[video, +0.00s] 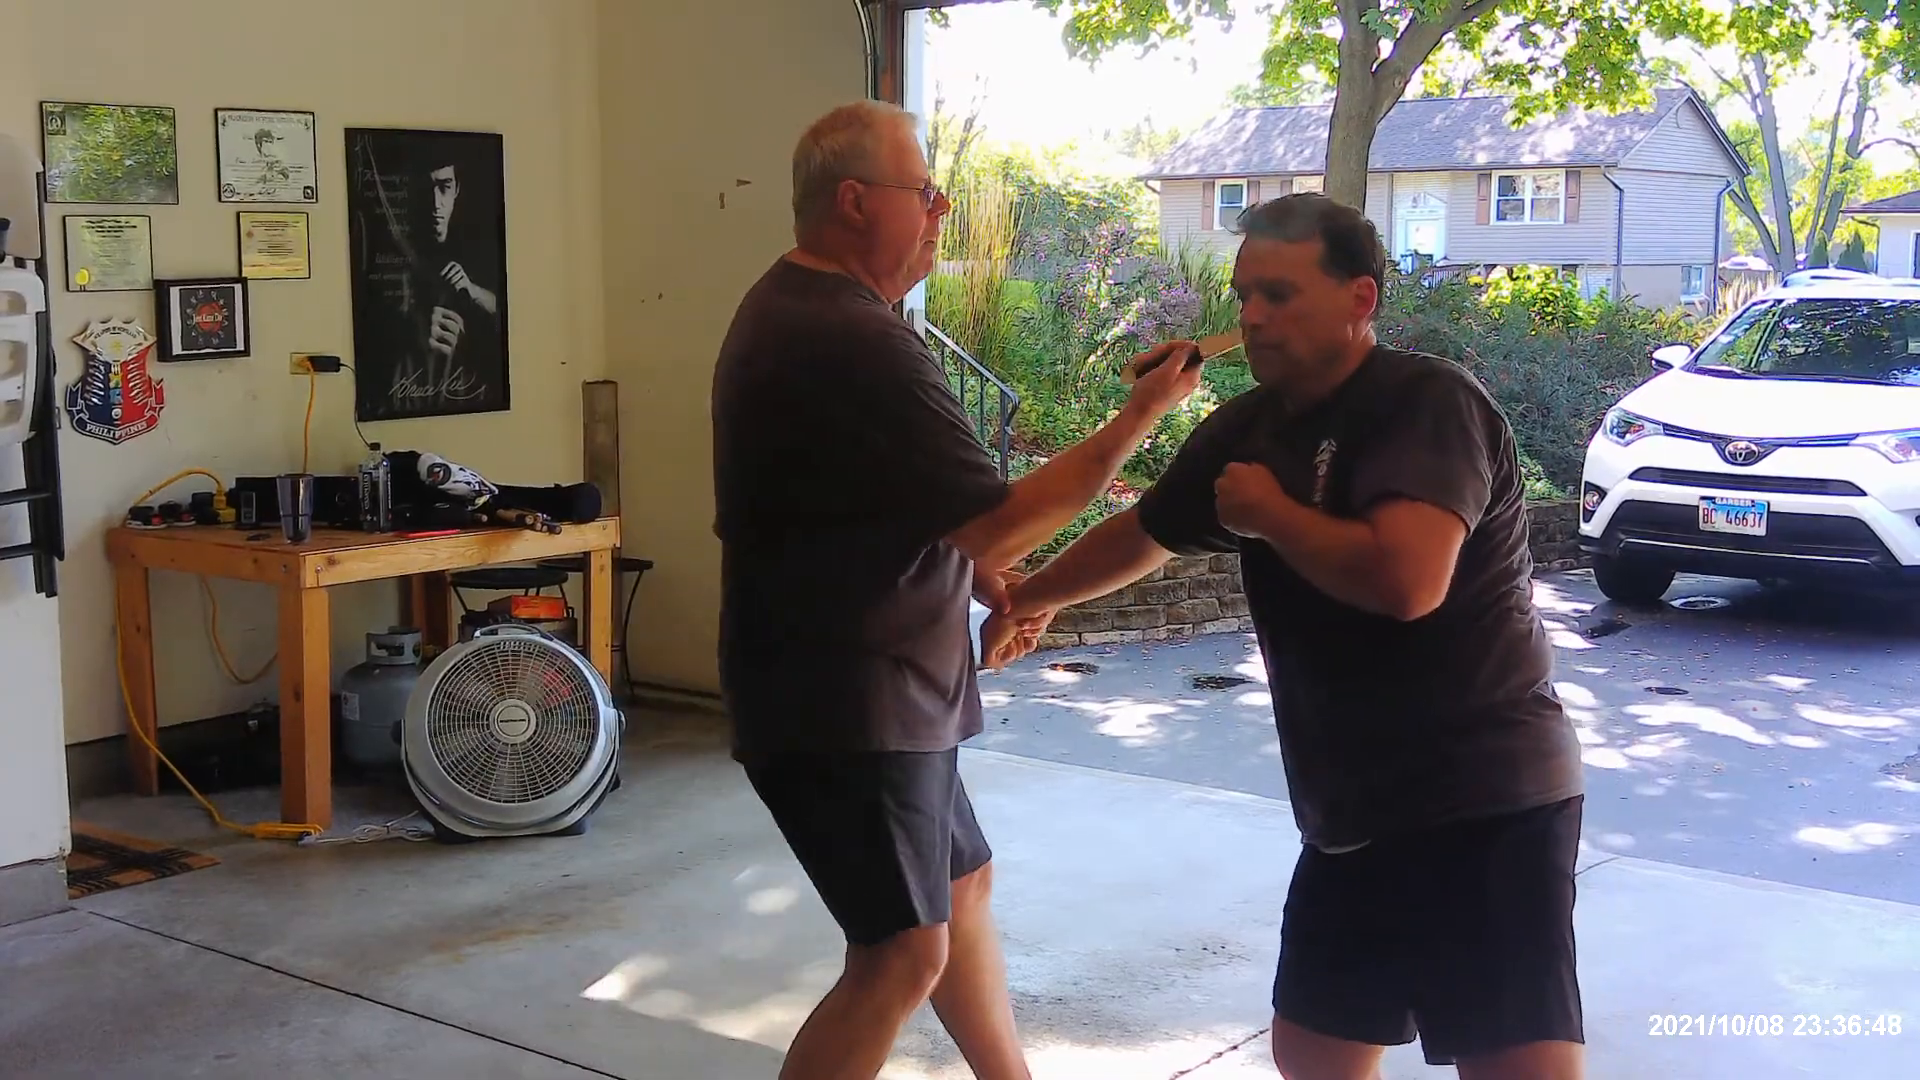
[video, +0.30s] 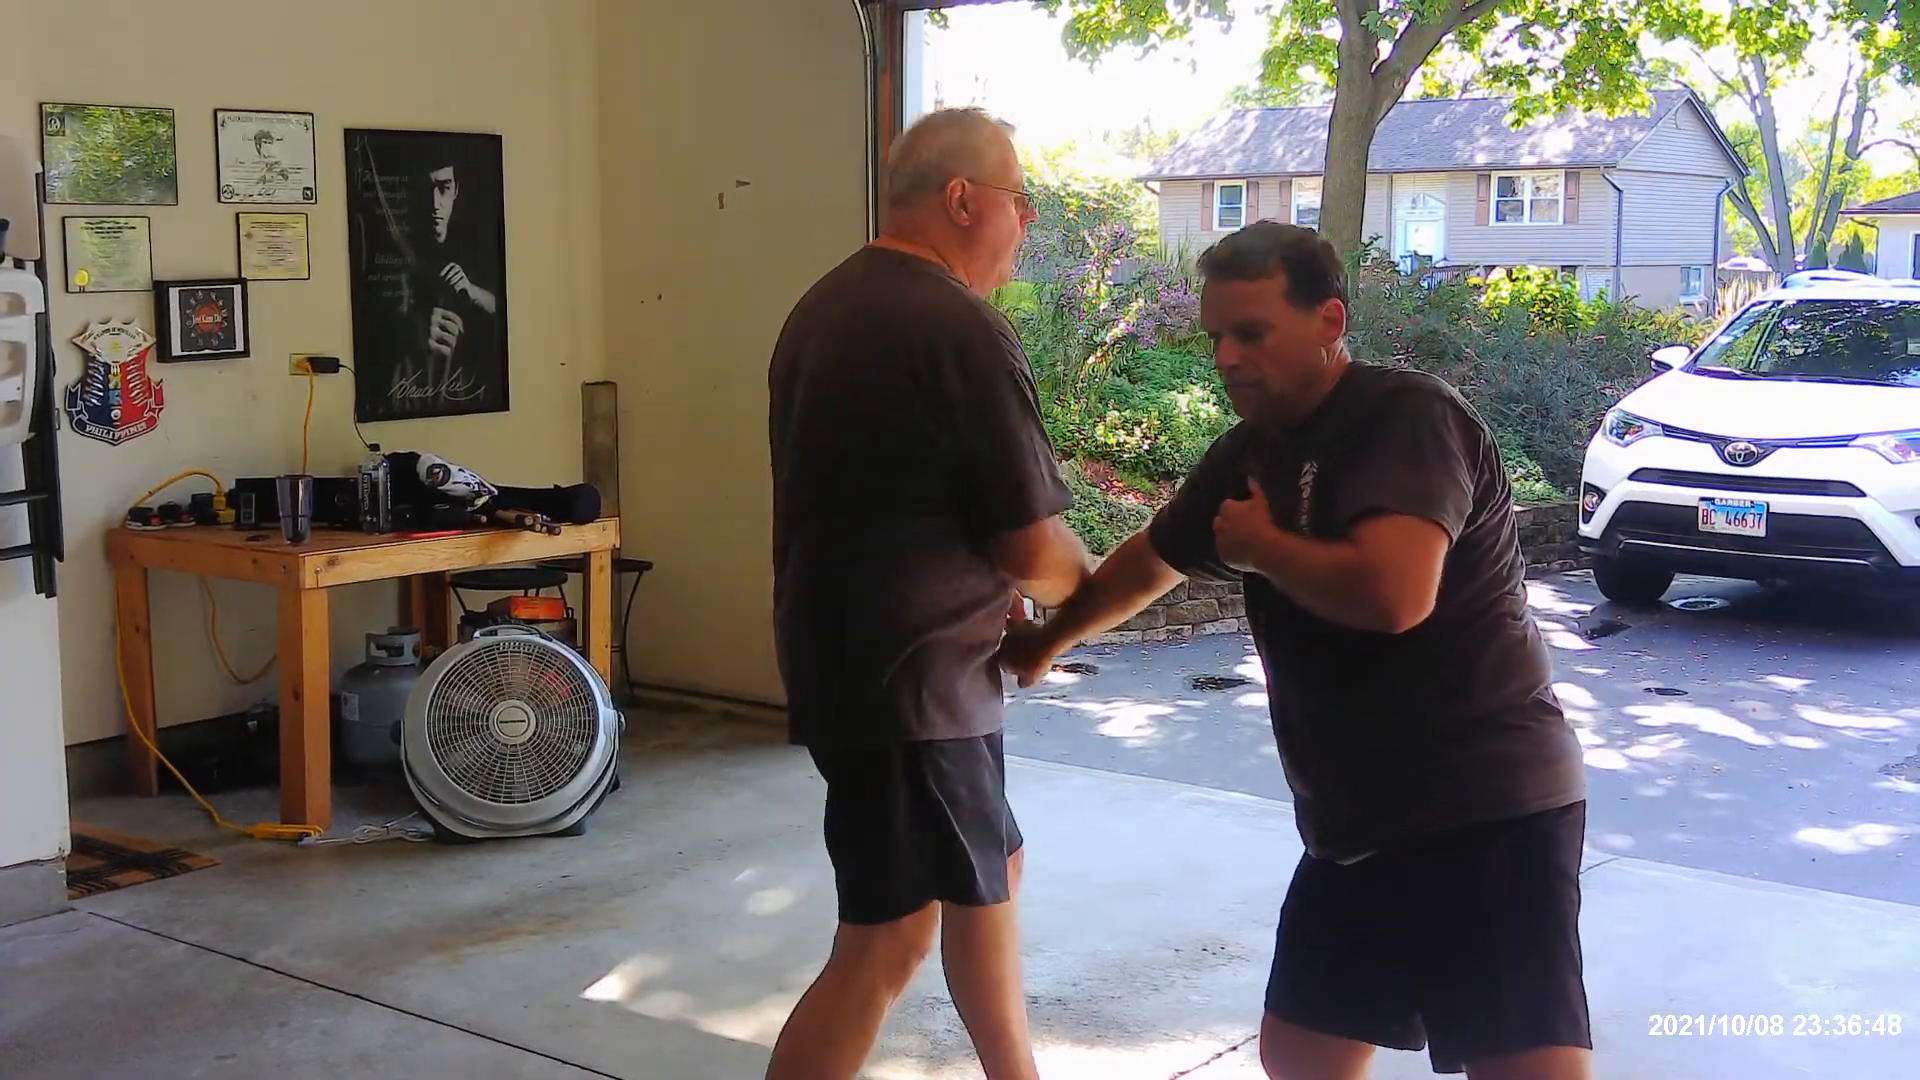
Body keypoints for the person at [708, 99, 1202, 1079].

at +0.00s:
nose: (938, 210)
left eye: (934, 191)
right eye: (922, 191)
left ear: (849, 207)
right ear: (855, 204)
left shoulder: (796, 307)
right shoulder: (856, 339)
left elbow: (864, 506)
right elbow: (986, 527)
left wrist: (976, 566)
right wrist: (1133, 423)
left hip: (878, 684)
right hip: (840, 708)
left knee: (963, 883)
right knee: (904, 952)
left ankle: (1009, 1073)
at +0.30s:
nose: (1024, 220)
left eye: (1024, 199)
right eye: (1016, 198)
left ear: (913, 201)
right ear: (961, 202)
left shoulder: (822, 308)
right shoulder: (954, 325)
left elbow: (839, 511)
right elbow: (1033, 546)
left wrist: (991, 596)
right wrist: (1082, 582)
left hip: (834, 654)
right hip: (910, 676)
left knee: (988, 866)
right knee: (888, 937)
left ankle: (1015, 1072)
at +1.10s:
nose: (1142, 270)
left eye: (1148, 249)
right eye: (1142, 245)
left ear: (1068, 222)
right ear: (1091, 225)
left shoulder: (955, 290)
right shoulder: (1047, 335)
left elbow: (951, 505)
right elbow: (1061, 573)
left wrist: (1089, 558)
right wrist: (1086, 734)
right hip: (920, 656)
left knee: (1006, 847)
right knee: (897, 913)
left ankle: (1020, 1071)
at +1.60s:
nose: (1034, 210)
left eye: (1040, 193)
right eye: (1017, 190)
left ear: (1026, 200)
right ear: (948, 188)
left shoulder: (988, 313)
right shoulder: (904, 310)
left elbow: (1024, 497)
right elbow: (950, 513)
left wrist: (1056, 638)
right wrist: (1066, 641)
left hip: (958, 652)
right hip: (862, 658)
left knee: (997, 843)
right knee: (860, 867)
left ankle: (1020, 1073)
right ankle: (782, 1066)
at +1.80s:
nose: (933, 193)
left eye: (943, 175)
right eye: (908, 175)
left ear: (950, 185)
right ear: (850, 185)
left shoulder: (937, 300)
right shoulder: (812, 313)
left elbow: (988, 467)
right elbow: (827, 518)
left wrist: (1049, 614)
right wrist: (916, 675)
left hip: (926, 642)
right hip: (821, 651)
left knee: (961, 839)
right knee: (824, 852)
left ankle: (1000, 1068)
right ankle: (781, 1064)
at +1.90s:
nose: (896, 183)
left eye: (906, 165)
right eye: (871, 166)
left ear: (918, 177)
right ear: (818, 181)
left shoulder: (919, 295)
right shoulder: (778, 313)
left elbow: (966, 458)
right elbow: (759, 517)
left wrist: (1023, 605)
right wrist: (801, 689)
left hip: (914, 648)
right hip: (812, 662)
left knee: (951, 838)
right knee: (813, 851)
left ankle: (990, 1069)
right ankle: (781, 1064)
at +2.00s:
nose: (875, 182)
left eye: (885, 162)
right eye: (848, 166)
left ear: (899, 174)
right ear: (797, 183)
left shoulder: (903, 291)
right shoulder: (754, 311)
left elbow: (950, 456)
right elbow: (707, 509)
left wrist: (982, 604)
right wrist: (697, 692)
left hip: (916, 640)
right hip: (803, 657)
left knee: (948, 830)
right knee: (811, 845)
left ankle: (960, 1065)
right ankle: (782, 1062)